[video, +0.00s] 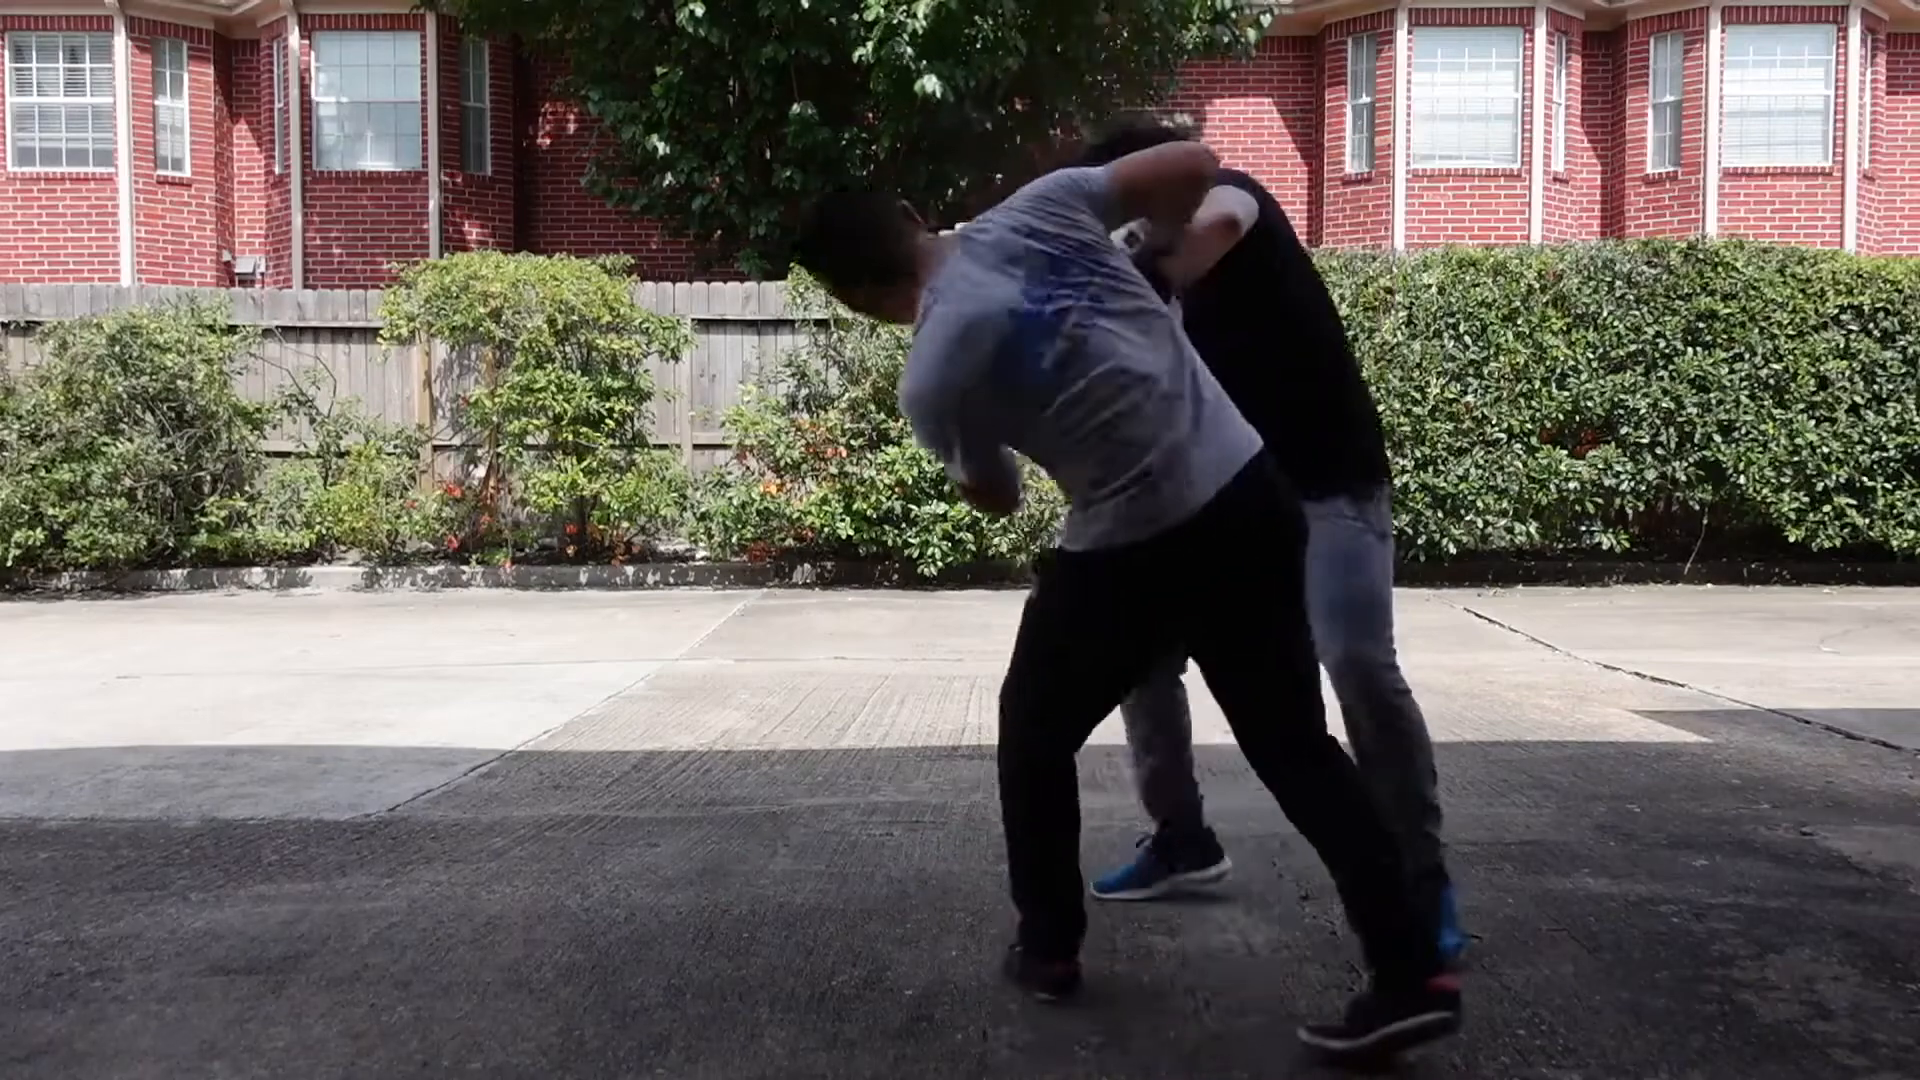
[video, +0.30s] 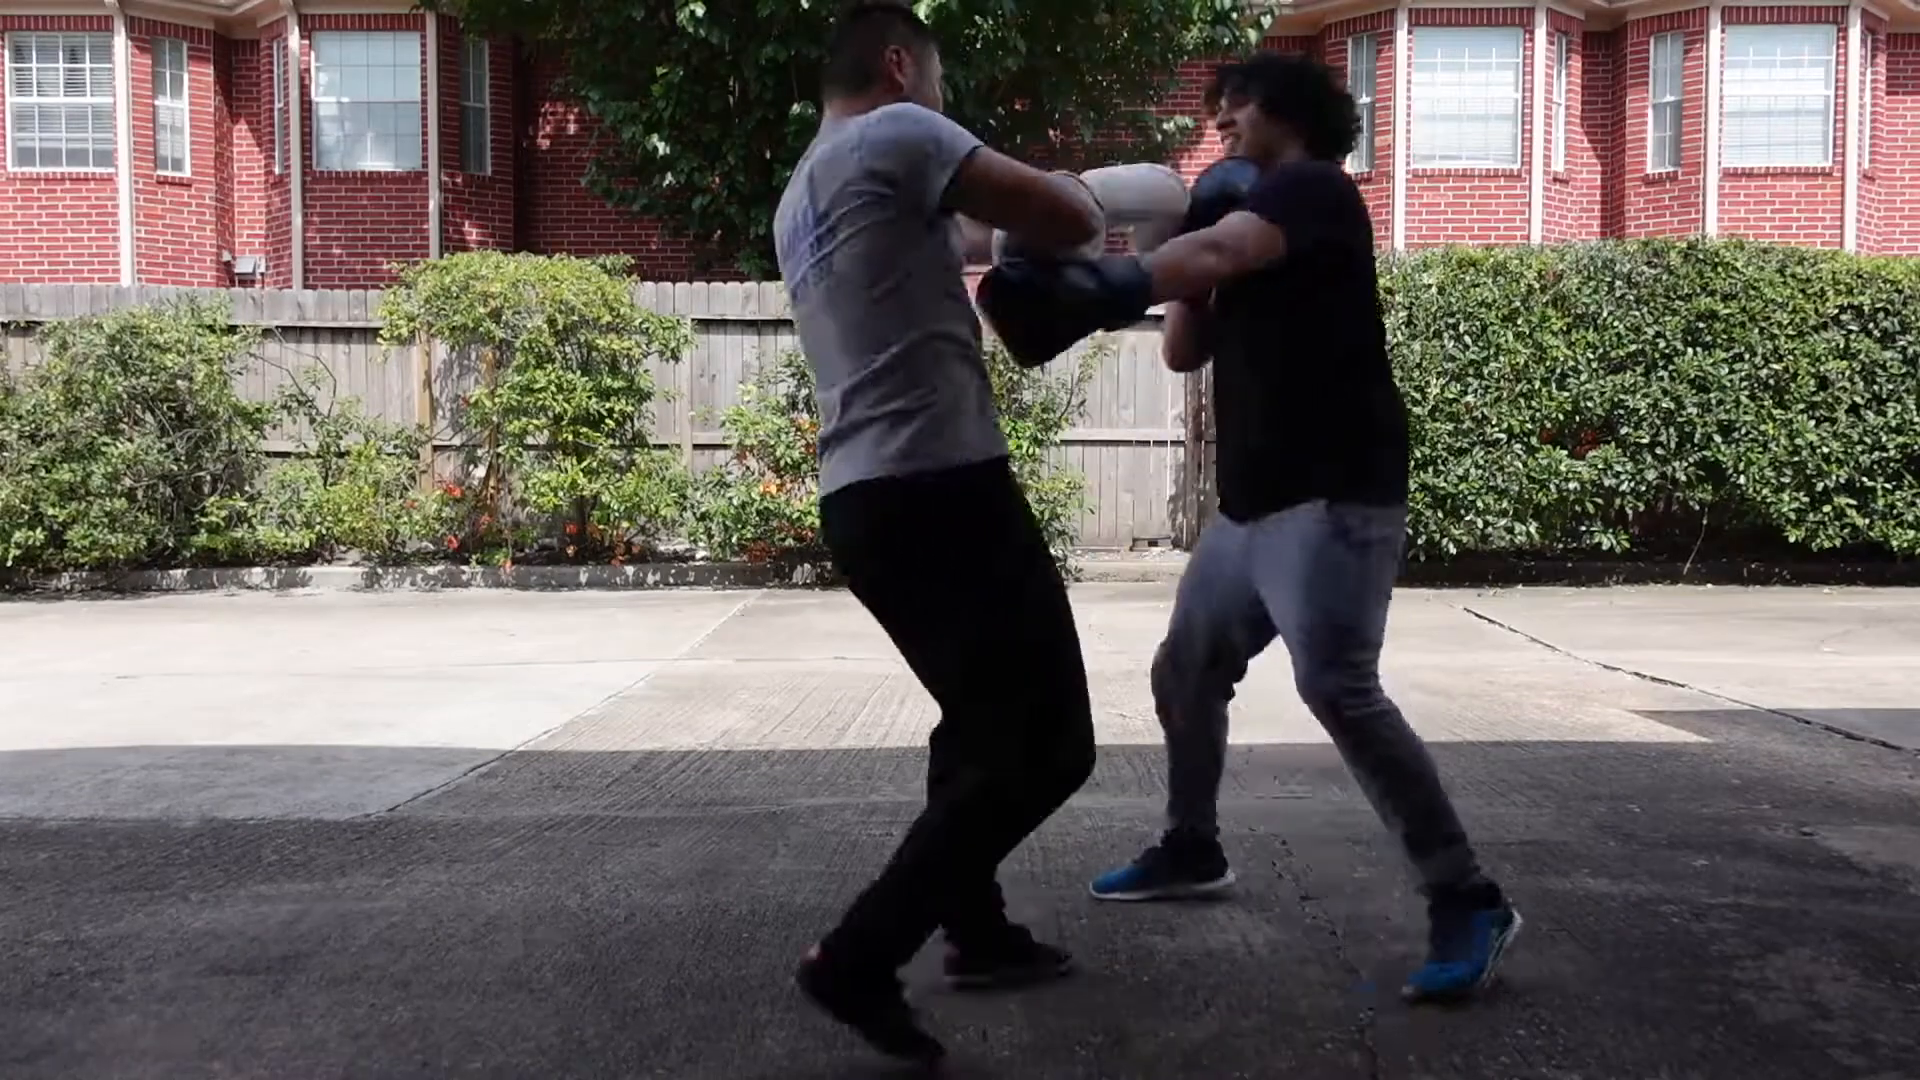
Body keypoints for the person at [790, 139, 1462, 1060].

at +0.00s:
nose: (865, 313)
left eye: (851, 302)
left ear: (860, 298)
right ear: (922, 216)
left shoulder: (932, 380)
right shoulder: (1045, 205)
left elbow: (996, 494)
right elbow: (1192, 161)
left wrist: (967, 436)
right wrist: (1167, 261)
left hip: (1125, 553)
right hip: (1248, 500)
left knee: (1033, 737)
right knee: (1296, 751)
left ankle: (1049, 948)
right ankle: (1412, 973)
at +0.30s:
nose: (937, 89)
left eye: (936, 73)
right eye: (933, 71)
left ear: (833, 77)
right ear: (899, 62)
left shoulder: (795, 200)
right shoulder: (900, 133)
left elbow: (895, 305)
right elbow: (1070, 219)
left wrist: (997, 243)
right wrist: (1050, 204)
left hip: (863, 500)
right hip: (946, 486)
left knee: (979, 718)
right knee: (1055, 744)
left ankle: (980, 931)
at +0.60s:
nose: (865, 124)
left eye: (875, 109)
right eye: (871, 101)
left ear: (802, 60)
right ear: (819, 57)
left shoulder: (739, 159)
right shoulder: (711, 131)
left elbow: (800, 317)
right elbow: (807, 288)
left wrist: (920, 249)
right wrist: (888, 183)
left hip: (703, 513)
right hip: (634, 507)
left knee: (790, 731)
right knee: (578, 766)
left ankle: (821, 950)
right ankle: (447, 1011)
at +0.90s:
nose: (774, 120)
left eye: (784, 101)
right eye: (781, 91)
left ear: (730, 51)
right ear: (739, 55)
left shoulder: (653, 158)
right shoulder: (600, 131)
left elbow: (764, 315)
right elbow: (742, 301)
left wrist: (830, 184)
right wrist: (799, 159)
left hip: (580, 521)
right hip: (527, 511)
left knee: (529, 778)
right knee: (507, 779)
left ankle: (317, 967)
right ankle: (383, 1039)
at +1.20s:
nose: (817, 79)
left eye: (827, 60)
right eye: (822, 52)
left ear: (738, 24)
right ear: (772, 24)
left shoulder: (630, 106)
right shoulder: (682, 107)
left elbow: (705, 292)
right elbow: (829, 279)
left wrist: (811, 161)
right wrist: (871, 140)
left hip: (653, 503)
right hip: (612, 505)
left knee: (712, 756)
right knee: (523, 774)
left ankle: (772, 983)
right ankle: (391, 1031)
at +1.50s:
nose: (899, 73)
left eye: (907, 49)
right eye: (905, 41)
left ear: (819, 14)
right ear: (865, 14)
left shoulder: (730, 102)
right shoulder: (750, 94)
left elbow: (855, 265)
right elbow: (869, 265)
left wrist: (934, 174)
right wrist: (947, 159)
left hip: (742, 475)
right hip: (769, 480)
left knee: (773, 741)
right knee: (862, 746)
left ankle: (787, 986)